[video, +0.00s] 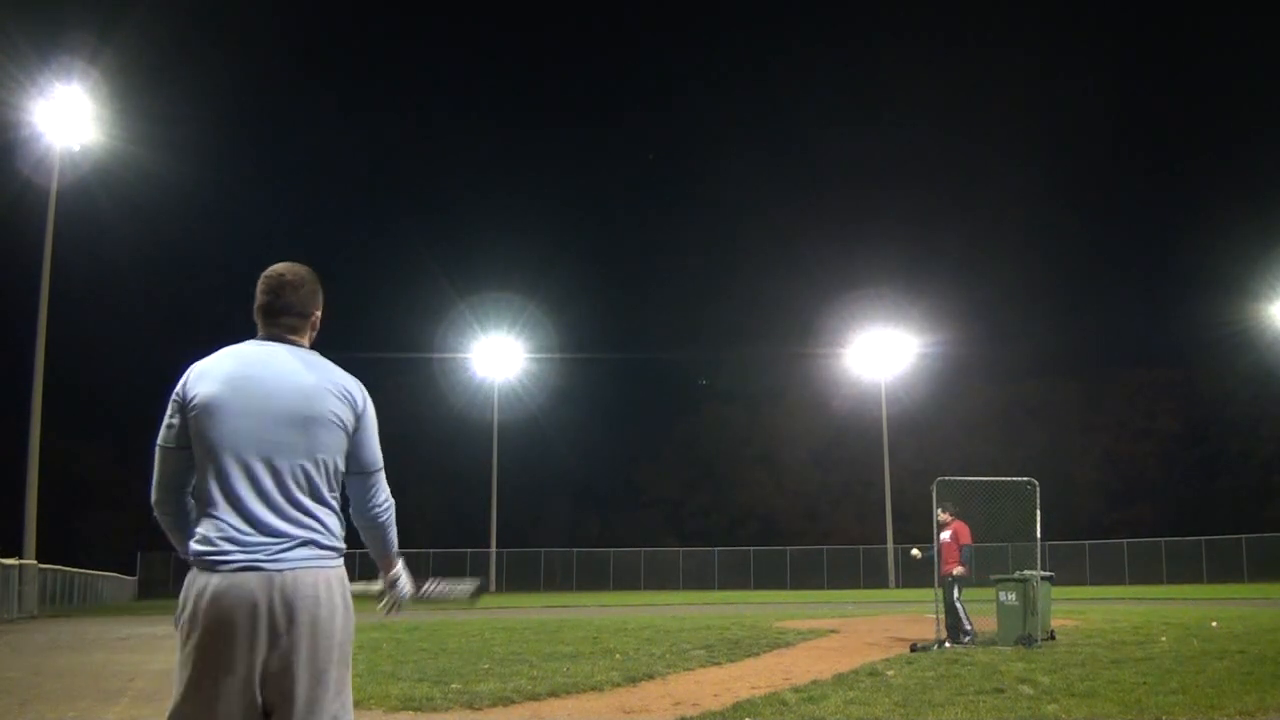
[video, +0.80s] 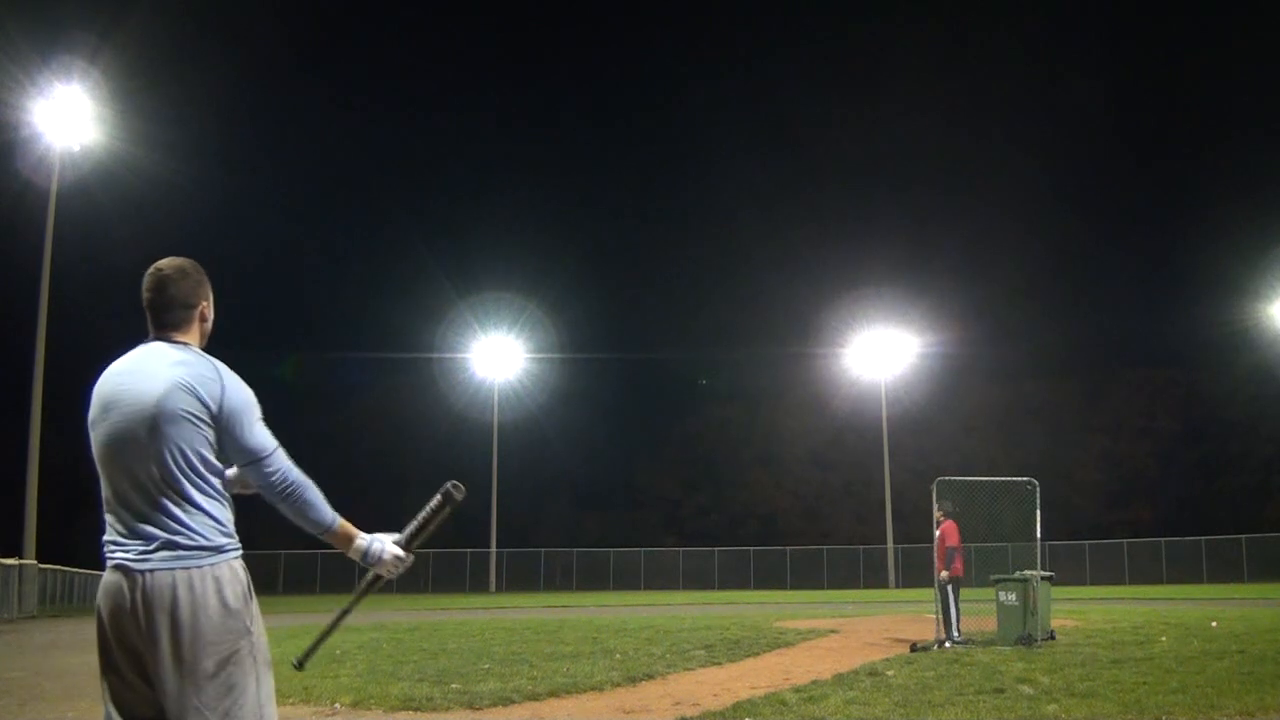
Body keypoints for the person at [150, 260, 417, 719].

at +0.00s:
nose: (315, 319)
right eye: (316, 313)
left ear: (257, 314)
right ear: (315, 318)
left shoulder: (201, 376)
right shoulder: (346, 388)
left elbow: (167, 498)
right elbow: (371, 501)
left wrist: (207, 559)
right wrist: (391, 567)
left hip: (220, 591)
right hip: (316, 589)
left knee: (209, 713)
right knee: (318, 713)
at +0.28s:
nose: (283, 320)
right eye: (283, 313)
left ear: (221, 317)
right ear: (278, 319)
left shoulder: (164, 389)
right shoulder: (304, 388)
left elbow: (158, 503)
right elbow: (348, 490)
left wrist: (213, 532)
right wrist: (401, 549)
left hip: (189, 592)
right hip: (278, 592)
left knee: (192, 713)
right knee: (294, 712)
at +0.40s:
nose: (257, 318)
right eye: (256, 310)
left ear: (193, 316)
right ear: (250, 315)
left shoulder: (144, 387)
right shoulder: (275, 383)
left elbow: (189, 480)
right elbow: (329, 483)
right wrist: (386, 546)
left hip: (166, 587)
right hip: (254, 589)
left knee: (169, 713)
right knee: (271, 711)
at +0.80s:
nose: (211, 314)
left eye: (210, 306)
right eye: (211, 306)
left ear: (150, 313)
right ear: (205, 311)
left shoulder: (106, 383)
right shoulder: (214, 379)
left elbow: (149, 471)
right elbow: (279, 477)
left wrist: (228, 479)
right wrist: (358, 543)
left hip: (121, 590)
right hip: (204, 588)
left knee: (134, 713)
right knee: (232, 711)